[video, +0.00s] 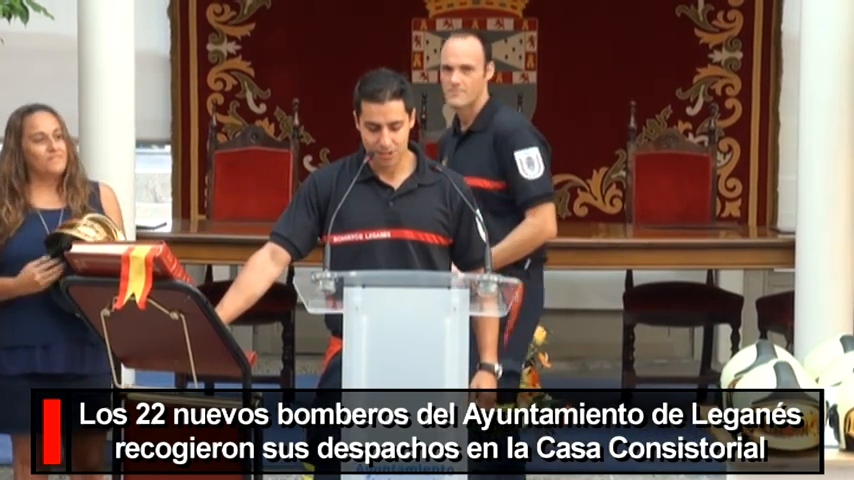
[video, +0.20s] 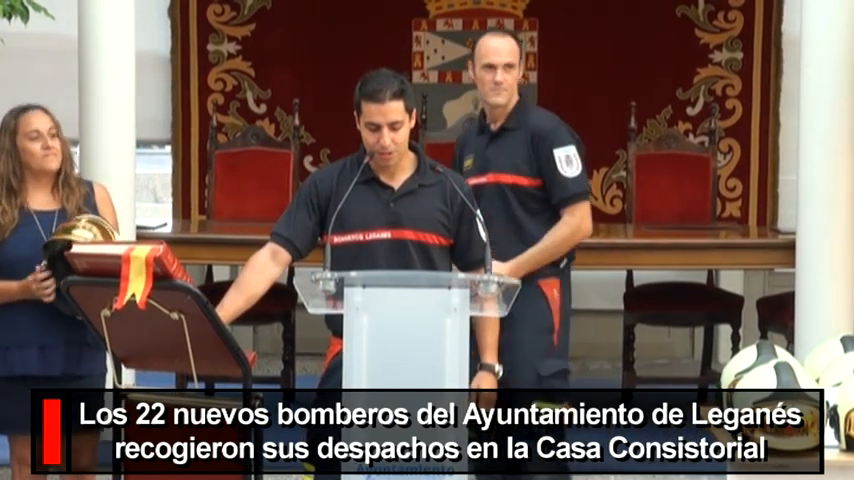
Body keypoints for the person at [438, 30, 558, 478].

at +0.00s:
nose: (453, 78)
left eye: (465, 69)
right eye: (446, 69)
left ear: (488, 74)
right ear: (439, 75)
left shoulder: (513, 132)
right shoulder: (449, 141)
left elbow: (543, 225)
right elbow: (446, 214)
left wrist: (477, 266)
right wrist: (443, 259)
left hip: (509, 296)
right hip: (464, 294)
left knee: (492, 410)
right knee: (457, 407)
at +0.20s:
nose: (498, 77)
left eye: (508, 68)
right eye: (488, 68)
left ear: (521, 72)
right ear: (472, 73)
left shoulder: (548, 131)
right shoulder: (467, 135)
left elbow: (580, 223)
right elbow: (458, 210)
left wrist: (514, 268)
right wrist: (465, 266)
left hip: (535, 293)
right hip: (478, 292)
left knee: (536, 412)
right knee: (482, 413)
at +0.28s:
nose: (512, 78)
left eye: (522, 68)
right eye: (503, 68)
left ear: (535, 73)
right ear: (487, 73)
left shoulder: (562, 134)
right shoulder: (477, 140)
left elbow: (594, 225)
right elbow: (465, 217)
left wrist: (526, 273)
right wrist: (469, 274)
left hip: (543, 304)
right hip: (488, 304)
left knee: (563, 436)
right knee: (494, 438)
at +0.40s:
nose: (533, 78)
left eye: (544, 69)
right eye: (525, 68)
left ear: (559, 74)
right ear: (510, 72)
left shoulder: (585, 135)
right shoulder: (495, 140)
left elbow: (616, 226)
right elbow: (480, 225)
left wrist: (550, 274)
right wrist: (482, 281)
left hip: (567, 311)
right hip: (505, 313)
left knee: (604, 436)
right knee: (506, 446)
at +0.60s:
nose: (569, 78)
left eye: (581, 71)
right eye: (563, 68)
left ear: (602, 79)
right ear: (553, 73)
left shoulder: (631, 142)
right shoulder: (535, 146)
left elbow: (660, 232)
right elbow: (519, 225)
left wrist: (593, 279)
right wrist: (522, 267)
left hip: (611, 321)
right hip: (545, 319)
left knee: (640, 449)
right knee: (526, 449)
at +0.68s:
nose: (582, 79)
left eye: (595, 71)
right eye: (578, 69)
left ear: (621, 79)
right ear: (570, 74)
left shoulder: (651, 143)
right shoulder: (554, 148)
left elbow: (681, 235)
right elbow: (541, 229)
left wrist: (614, 282)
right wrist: (542, 270)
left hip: (630, 326)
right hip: (561, 325)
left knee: (654, 456)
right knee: (540, 456)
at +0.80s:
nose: (600, 79)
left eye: (613, 71)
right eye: (598, 70)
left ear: (644, 79)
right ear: (594, 73)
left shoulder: (678, 147)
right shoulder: (580, 147)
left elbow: (712, 236)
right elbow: (568, 226)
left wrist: (644, 284)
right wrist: (573, 269)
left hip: (656, 331)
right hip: (589, 329)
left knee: (673, 457)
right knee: (556, 458)